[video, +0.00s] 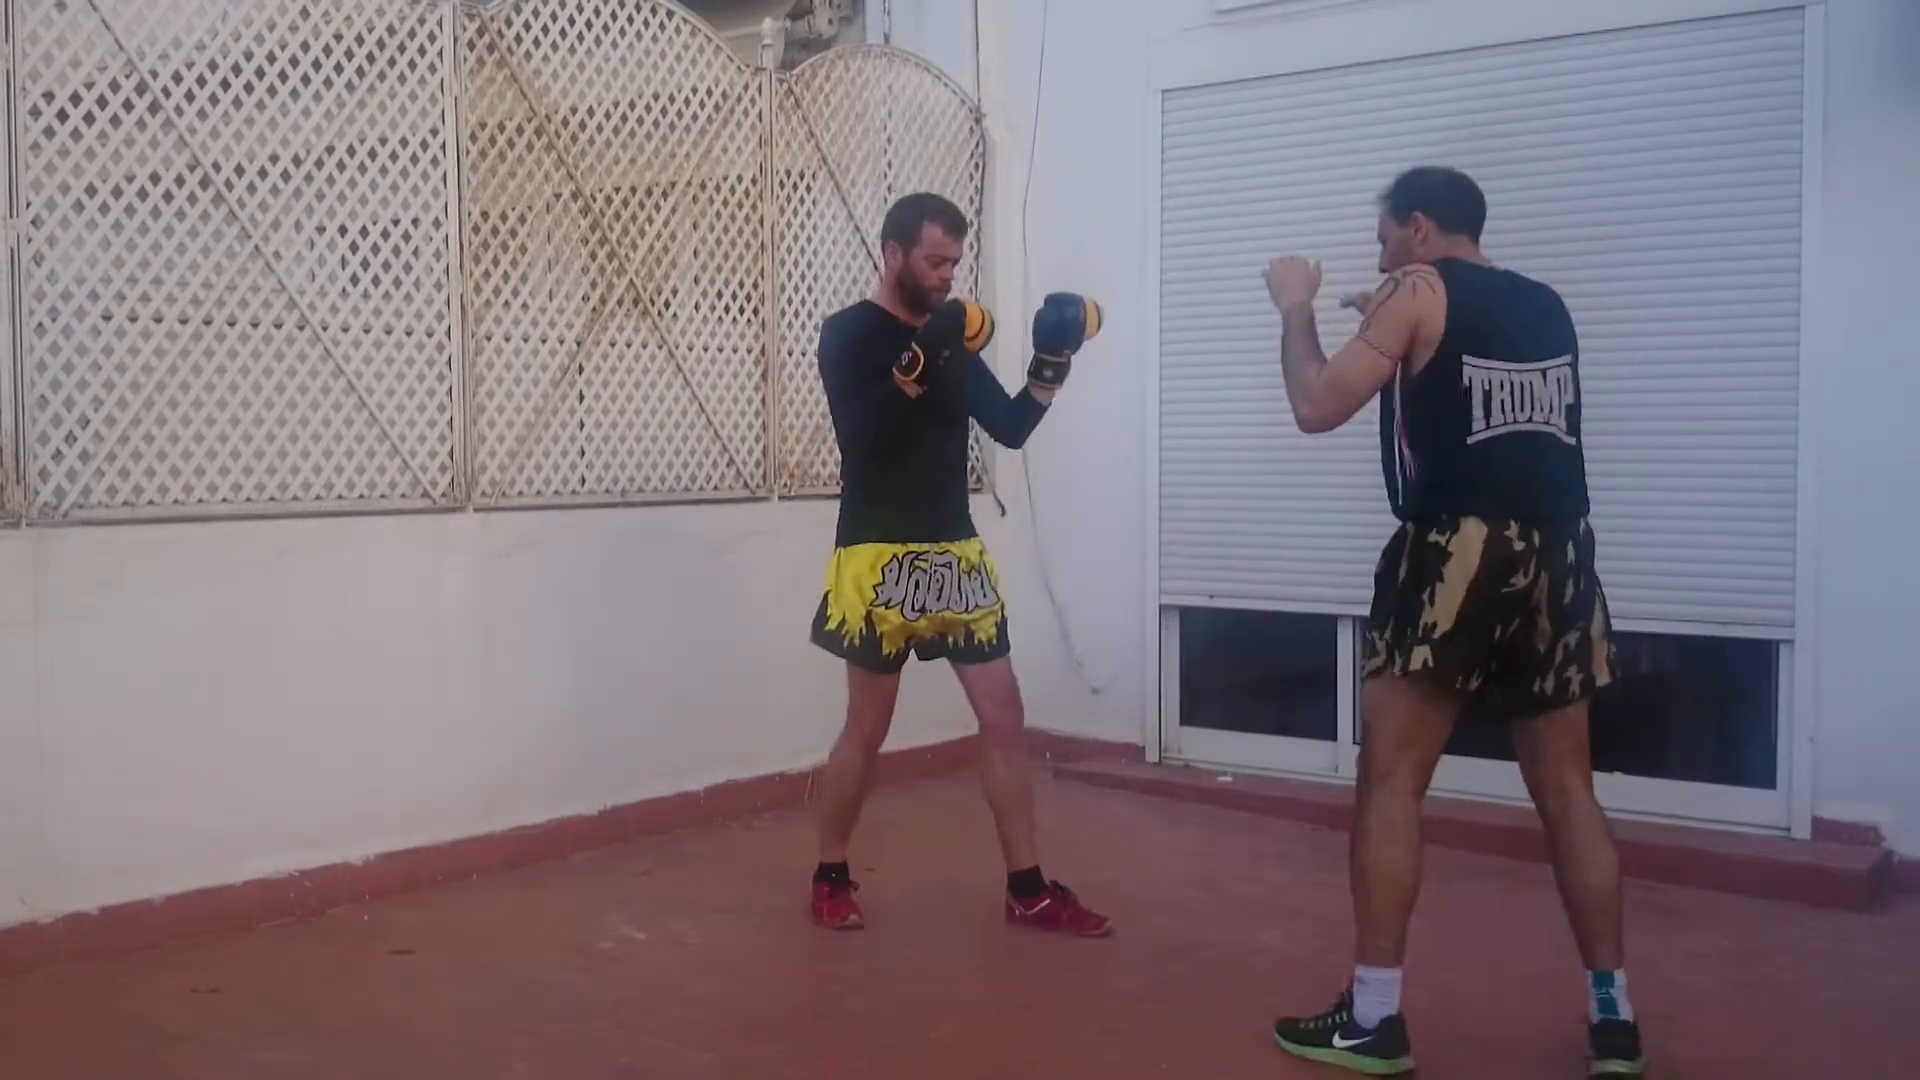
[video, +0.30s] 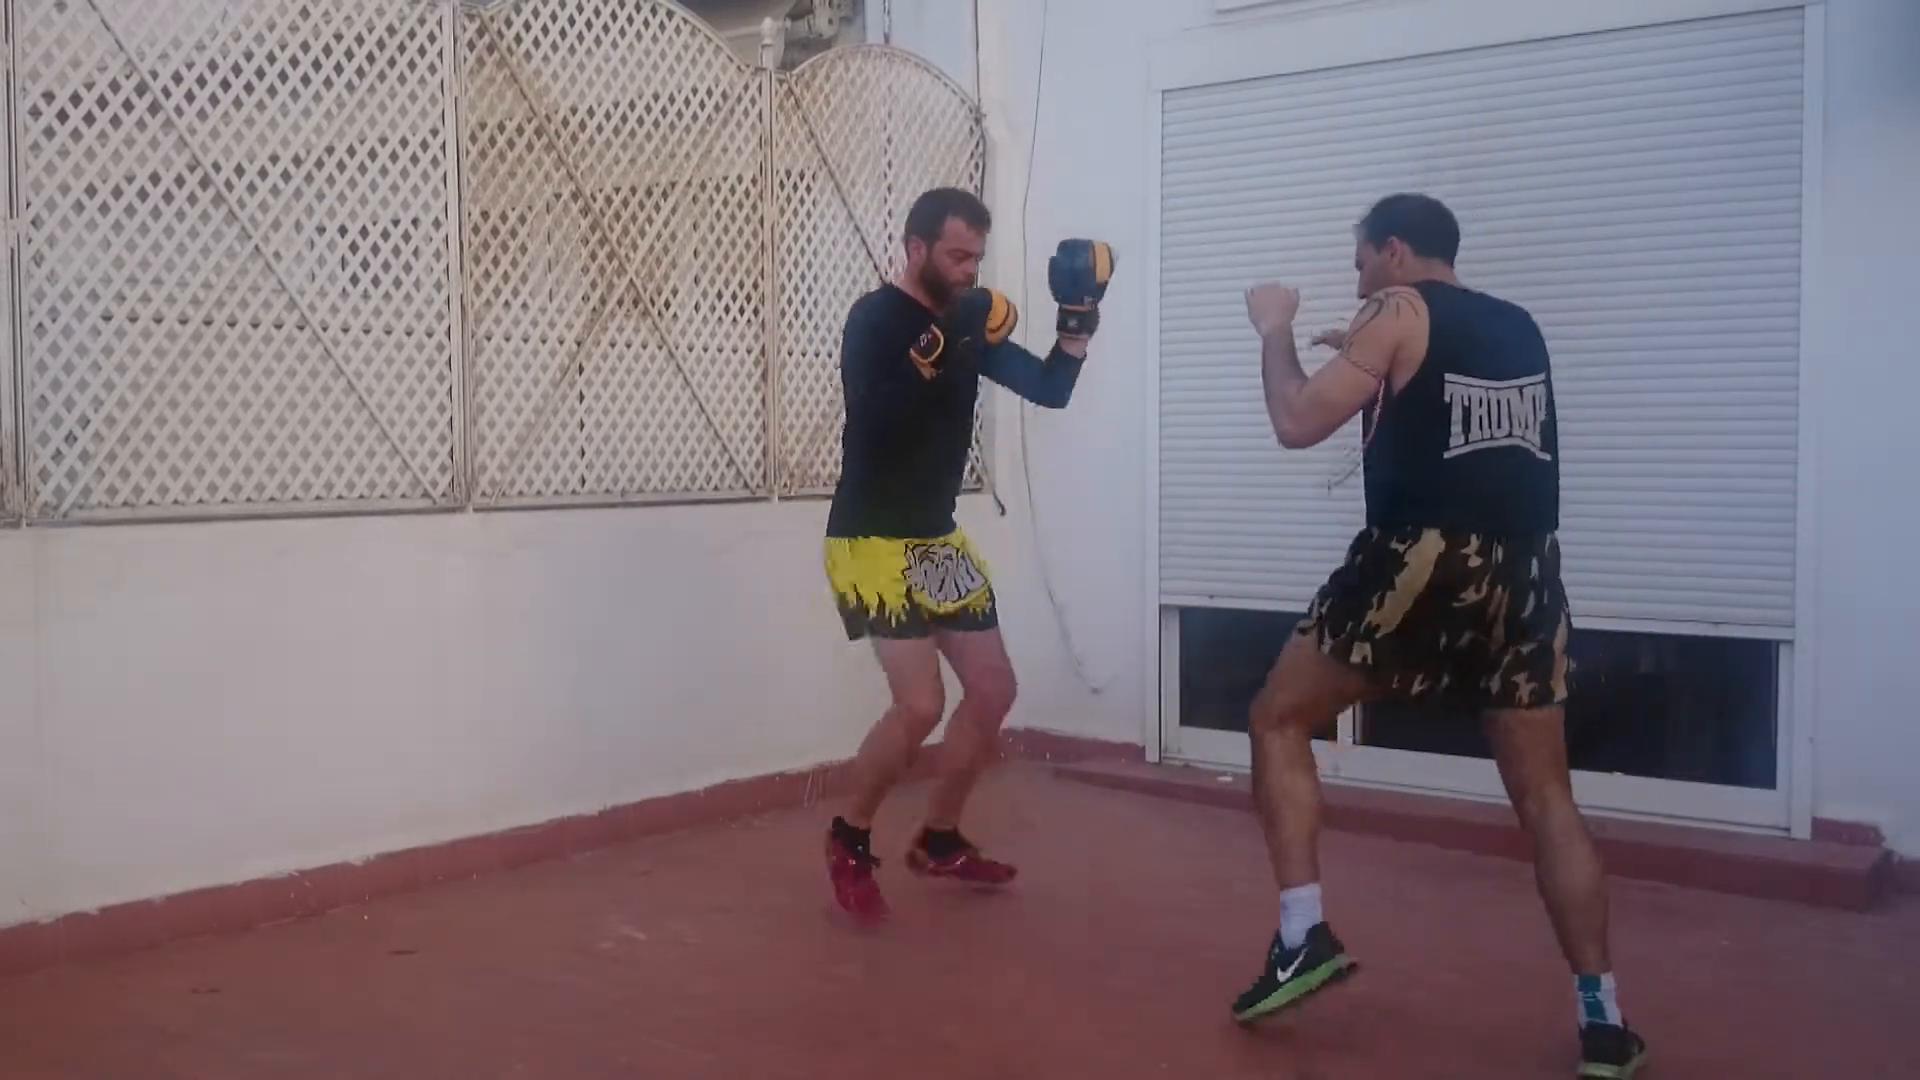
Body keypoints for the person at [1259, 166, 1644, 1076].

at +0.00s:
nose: (1386, 257)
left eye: (1387, 241)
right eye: (1383, 244)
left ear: (1417, 228)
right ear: (1472, 229)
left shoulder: (1417, 296)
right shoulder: (1545, 304)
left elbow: (1317, 405)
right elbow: (1480, 370)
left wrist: (1294, 311)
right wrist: (1397, 318)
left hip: (1453, 562)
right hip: (1559, 568)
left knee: (1392, 781)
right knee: (1568, 789)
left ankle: (1372, 1016)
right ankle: (1614, 1015)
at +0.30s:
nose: (1361, 284)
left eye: (1362, 270)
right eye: (1359, 273)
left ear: (1394, 252)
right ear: (1443, 252)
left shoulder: (1399, 314)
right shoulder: (1516, 324)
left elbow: (1296, 422)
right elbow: (1459, 403)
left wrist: (1274, 335)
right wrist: (1371, 358)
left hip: (1416, 565)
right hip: (1527, 580)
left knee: (1279, 719)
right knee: (1548, 797)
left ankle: (1301, 935)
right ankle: (1603, 1017)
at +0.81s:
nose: (1136, 453)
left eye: (1135, 447)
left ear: (1144, 441)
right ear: (1197, 404)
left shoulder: (1139, 485)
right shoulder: (1260, 406)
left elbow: (1104, 626)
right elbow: (1339, 492)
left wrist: (1138, 645)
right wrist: (1262, 481)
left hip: (1204, 582)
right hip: (1312, 561)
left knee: (1159, 750)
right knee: (1425, 765)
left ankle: (1091, 931)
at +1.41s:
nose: (1264, 279)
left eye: (1274, 276)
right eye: (1251, 265)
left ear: (1277, 303)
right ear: (1221, 271)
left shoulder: (1247, 401)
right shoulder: (1194, 315)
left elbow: (1312, 493)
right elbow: (1241, 197)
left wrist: (1340, 395)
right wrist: (1309, 281)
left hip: (1171, 561)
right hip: (1200, 551)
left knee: (1178, 762)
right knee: (1287, 745)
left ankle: (1046, 907)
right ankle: (1303, 968)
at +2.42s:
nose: (1145, 273)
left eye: (1142, 261)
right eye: (1146, 262)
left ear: (1150, 258)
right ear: (1223, 248)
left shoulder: (1168, 333)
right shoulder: (1286, 320)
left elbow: (1139, 476)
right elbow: (1286, 438)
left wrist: (1137, 397)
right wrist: (1190, 387)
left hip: (1215, 568)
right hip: (1312, 561)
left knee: (1172, 794)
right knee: (1332, 763)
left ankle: (1204, 1034)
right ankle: (1413, 948)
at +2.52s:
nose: (1113, 253)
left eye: (1110, 240)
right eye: (1121, 240)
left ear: (1121, 239)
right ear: (1192, 230)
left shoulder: (1129, 316)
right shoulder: (1254, 303)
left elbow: (1087, 458)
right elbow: (1254, 410)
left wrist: (1095, 374)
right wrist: (1147, 350)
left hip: (1196, 549)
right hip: (1287, 539)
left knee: (1176, 781)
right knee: (1280, 751)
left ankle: (1206, 1031)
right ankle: (1332, 951)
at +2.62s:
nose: (1091, 249)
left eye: (1088, 236)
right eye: (1105, 233)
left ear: (1092, 235)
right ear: (1169, 227)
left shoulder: (1093, 315)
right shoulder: (1222, 301)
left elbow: (1041, 457)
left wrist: (1041, 367)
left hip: (1164, 548)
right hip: (1257, 539)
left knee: (1172, 785)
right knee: (1222, 765)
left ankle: (1205, 1032)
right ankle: (1216, 967)